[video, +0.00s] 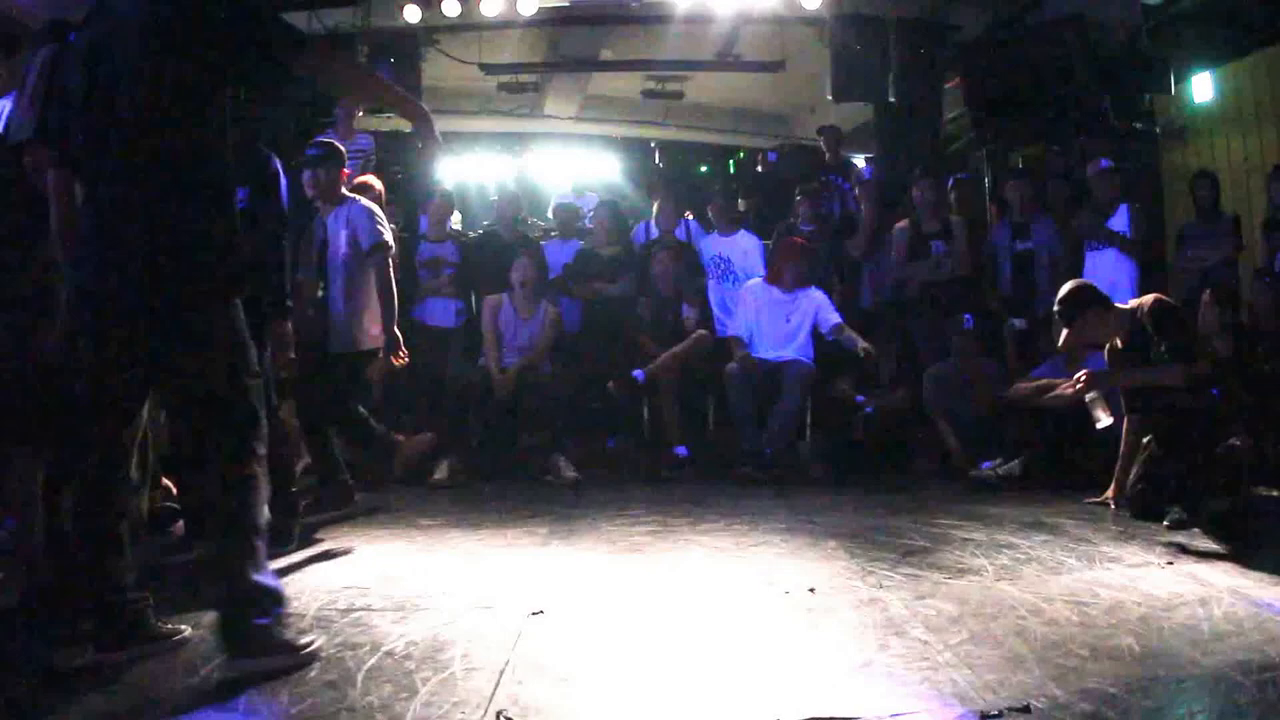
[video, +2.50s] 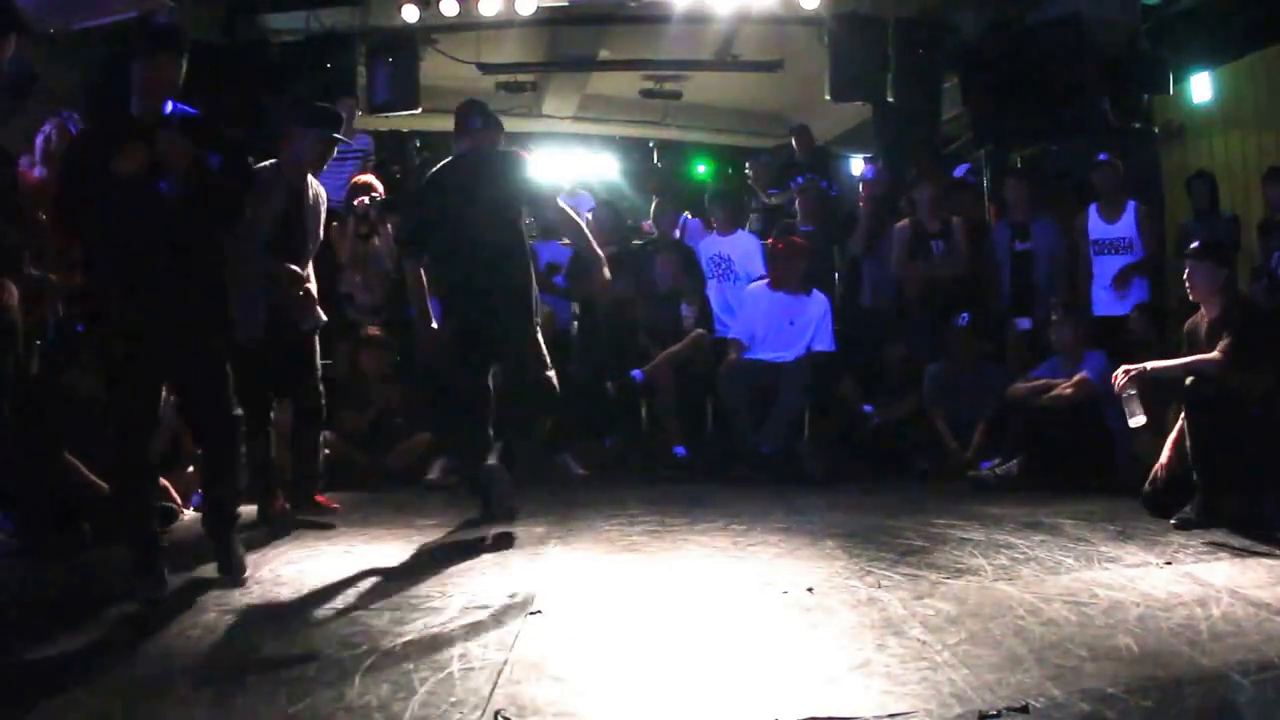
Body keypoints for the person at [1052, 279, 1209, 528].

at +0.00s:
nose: (1079, 340)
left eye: (1076, 329)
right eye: (1074, 332)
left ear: (1093, 315)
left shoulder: (1154, 309)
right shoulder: (1116, 351)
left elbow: (1181, 372)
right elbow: (1134, 417)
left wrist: (1111, 379)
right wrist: (1117, 485)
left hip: (1203, 420)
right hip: (1166, 431)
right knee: (1139, 501)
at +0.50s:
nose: (1082, 339)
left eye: (1078, 329)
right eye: (1076, 331)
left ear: (1094, 318)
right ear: (1096, 318)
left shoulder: (1152, 312)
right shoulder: (1120, 350)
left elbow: (1180, 374)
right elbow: (1134, 415)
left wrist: (1106, 380)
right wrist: (1118, 486)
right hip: (1179, 431)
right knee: (1151, 503)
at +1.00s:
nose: (1135, 303)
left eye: (1138, 293)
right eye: (1133, 294)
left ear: (1159, 293)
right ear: (1156, 295)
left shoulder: (1209, 313)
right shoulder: (1166, 341)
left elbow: (1203, 367)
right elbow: (1151, 411)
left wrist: (1140, 357)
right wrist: (1117, 472)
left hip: (1232, 426)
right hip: (1197, 430)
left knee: (1173, 395)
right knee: (1149, 498)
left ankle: (1196, 497)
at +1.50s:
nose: (1157, 285)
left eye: (1163, 276)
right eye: (1157, 277)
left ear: (1189, 278)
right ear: (1184, 280)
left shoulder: (1224, 310)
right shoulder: (1179, 332)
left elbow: (1217, 359)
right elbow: (1180, 403)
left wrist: (1143, 369)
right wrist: (1177, 449)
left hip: (1242, 429)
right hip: (1205, 434)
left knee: (1193, 387)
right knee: (1152, 496)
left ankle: (1197, 501)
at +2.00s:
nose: (1175, 280)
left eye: (1185, 272)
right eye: (1176, 272)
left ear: (1210, 277)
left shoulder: (1236, 312)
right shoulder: (1186, 332)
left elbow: (1220, 358)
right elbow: (1184, 404)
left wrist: (1144, 373)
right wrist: (1174, 457)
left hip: (1250, 427)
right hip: (1210, 431)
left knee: (1198, 391)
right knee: (1156, 499)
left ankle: (1205, 505)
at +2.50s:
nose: (1186, 276)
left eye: (1195, 269)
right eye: (1186, 269)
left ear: (1220, 274)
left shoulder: (1245, 315)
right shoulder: (1193, 328)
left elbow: (1220, 360)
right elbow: (1193, 403)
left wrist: (1145, 368)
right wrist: (1169, 450)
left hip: (1255, 431)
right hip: (1213, 432)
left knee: (1196, 388)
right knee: (1156, 497)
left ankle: (1206, 503)